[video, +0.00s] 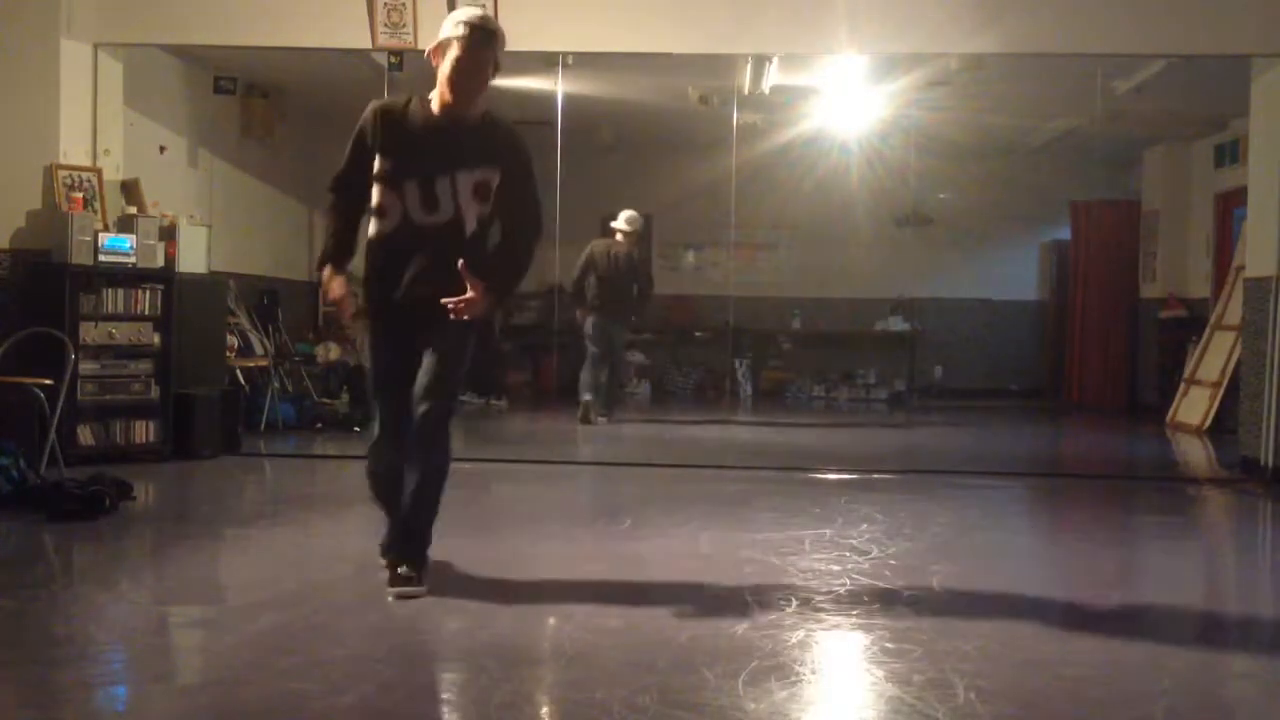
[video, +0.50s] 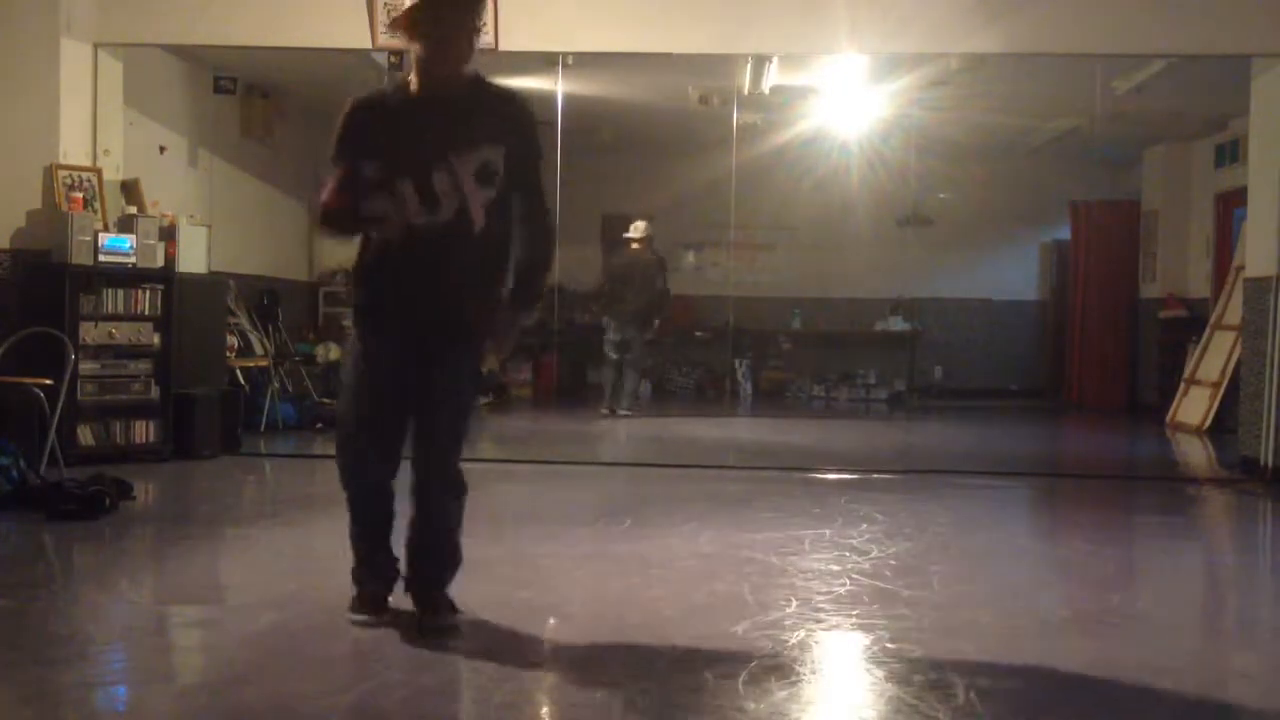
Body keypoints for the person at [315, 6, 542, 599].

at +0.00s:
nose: (474, 75)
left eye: (485, 66)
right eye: (466, 61)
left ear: (494, 72)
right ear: (435, 55)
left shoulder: (502, 142)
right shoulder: (384, 121)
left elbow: (524, 227)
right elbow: (347, 196)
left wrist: (492, 286)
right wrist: (333, 264)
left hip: (457, 303)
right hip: (390, 298)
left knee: (431, 420)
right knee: (389, 426)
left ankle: (408, 555)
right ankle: (401, 524)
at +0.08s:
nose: (475, 80)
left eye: (485, 70)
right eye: (466, 66)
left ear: (494, 78)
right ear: (436, 60)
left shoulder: (501, 151)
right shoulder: (379, 126)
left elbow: (521, 235)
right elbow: (339, 203)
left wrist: (494, 291)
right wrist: (320, 281)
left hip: (458, 308)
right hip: (386, 303)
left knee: (436, 432)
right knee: (380, 428)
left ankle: (412, 556)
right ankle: (388, 519)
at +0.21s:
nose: (465, 42)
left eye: (476, 30)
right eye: (454, 26)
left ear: (488, 37)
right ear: (424, 28)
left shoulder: (502, 113)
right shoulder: (377, 96)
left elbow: (521, 203)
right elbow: (335, 167)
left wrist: (500, 274)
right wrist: (315, 240)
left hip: (460, 290)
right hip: (388, 286)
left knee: (441, 422)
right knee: (383, 415)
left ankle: (412, 551)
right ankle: (376, 524)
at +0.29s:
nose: (451, 27)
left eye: (465, 16)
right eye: (442, 13)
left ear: (479, 21)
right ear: (419, 13)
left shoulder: (501, 91)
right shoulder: (373, 79)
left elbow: (524, 188)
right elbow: (334, 151)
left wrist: (501, 270)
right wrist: (316, 218)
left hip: (464, 274)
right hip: (389, 270)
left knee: (440, 416)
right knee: (381, 412)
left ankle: (418, 540)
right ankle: (373, 538)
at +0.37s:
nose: (438, 34)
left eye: (450, 21)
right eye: (428, 20)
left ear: (471, 24)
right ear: (409, 20)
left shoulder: (504, 100)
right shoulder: (369, 96)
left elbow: (526, 201)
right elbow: (334, 181)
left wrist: (509, 287)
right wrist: (311, 226)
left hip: (463, 286)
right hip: (385, 284)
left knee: (439, 427)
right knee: (379, 431)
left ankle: (421, 541)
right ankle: (371, 574)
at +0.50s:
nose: (447, 47)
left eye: (459, 32)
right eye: (436, 32)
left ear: (476, 36)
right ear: (415, 33)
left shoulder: (506, 115)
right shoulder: (371, 115)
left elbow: (537, 227)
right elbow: (332, 213)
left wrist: (516, 310)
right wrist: (359, 211)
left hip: (460, 311)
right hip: (383, 311)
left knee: (440, 460)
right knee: (365, 452)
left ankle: (431, 590)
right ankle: (372, 581)